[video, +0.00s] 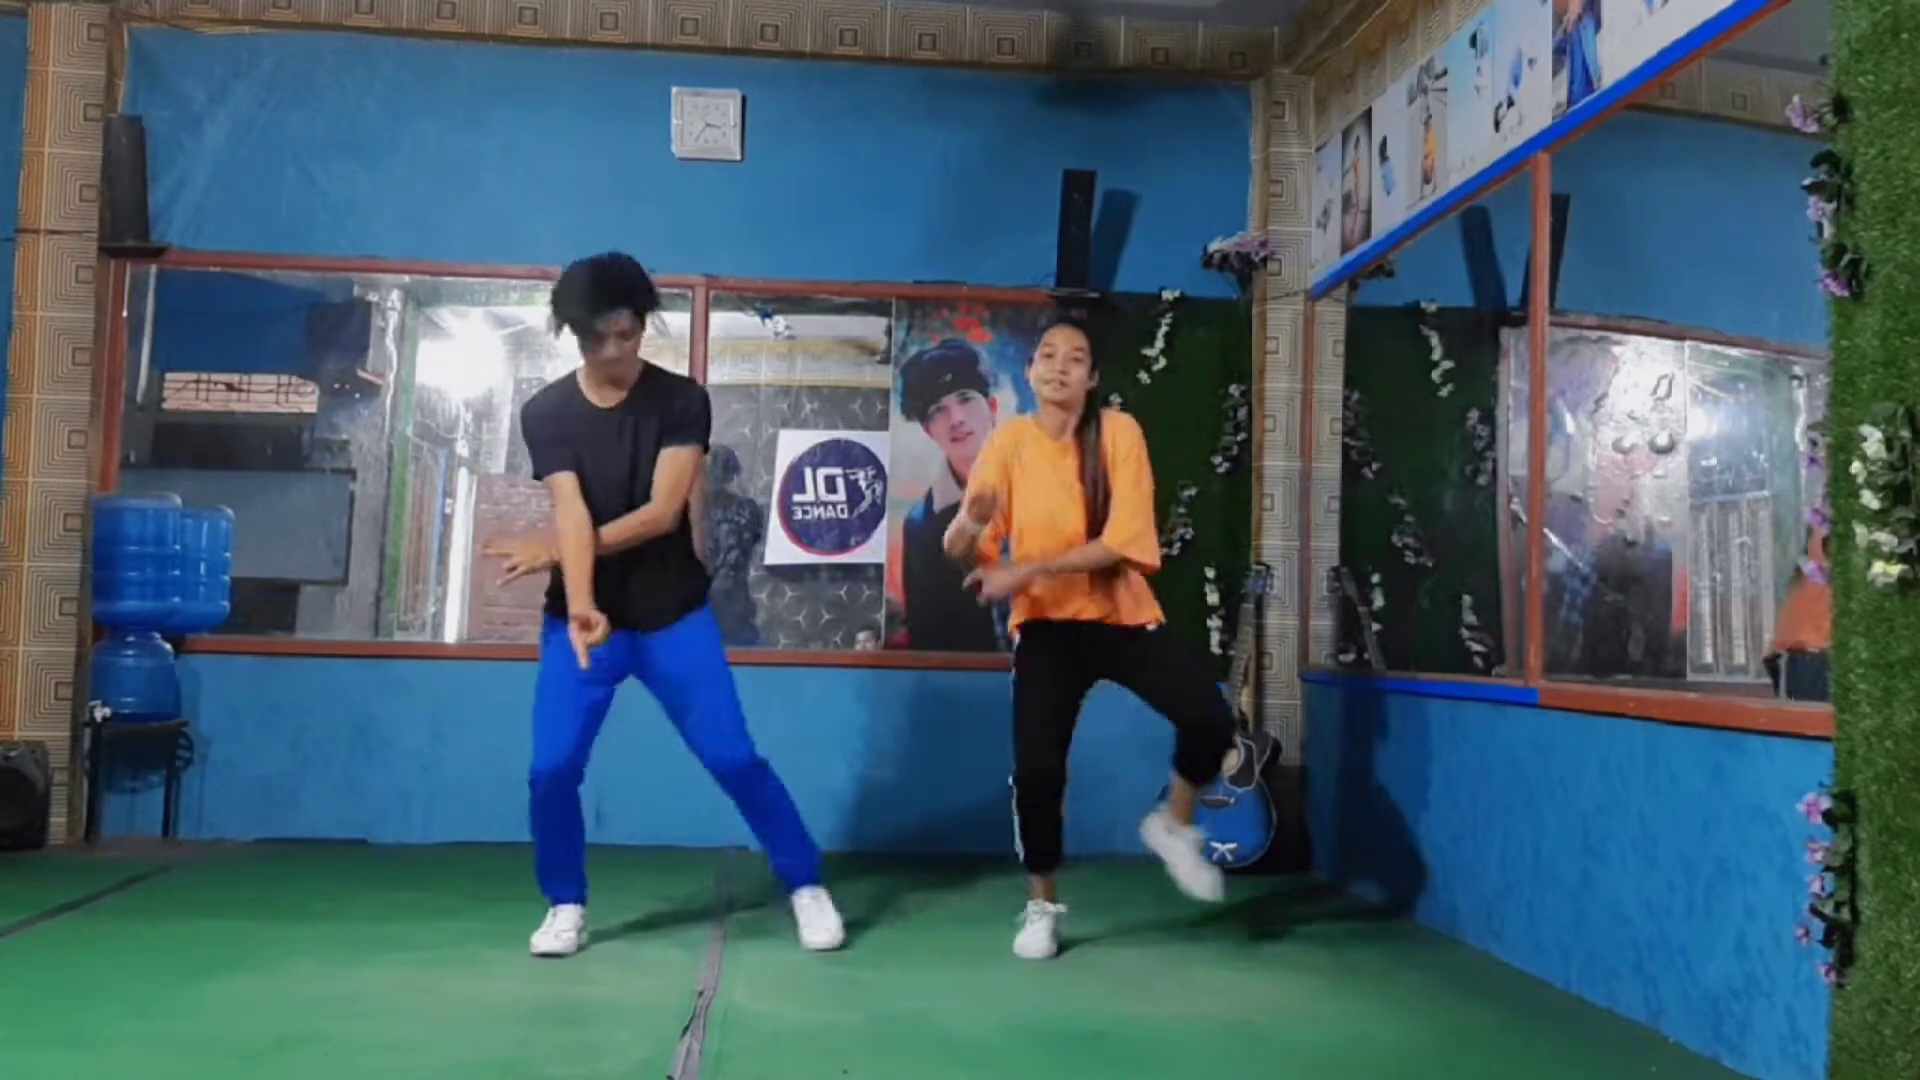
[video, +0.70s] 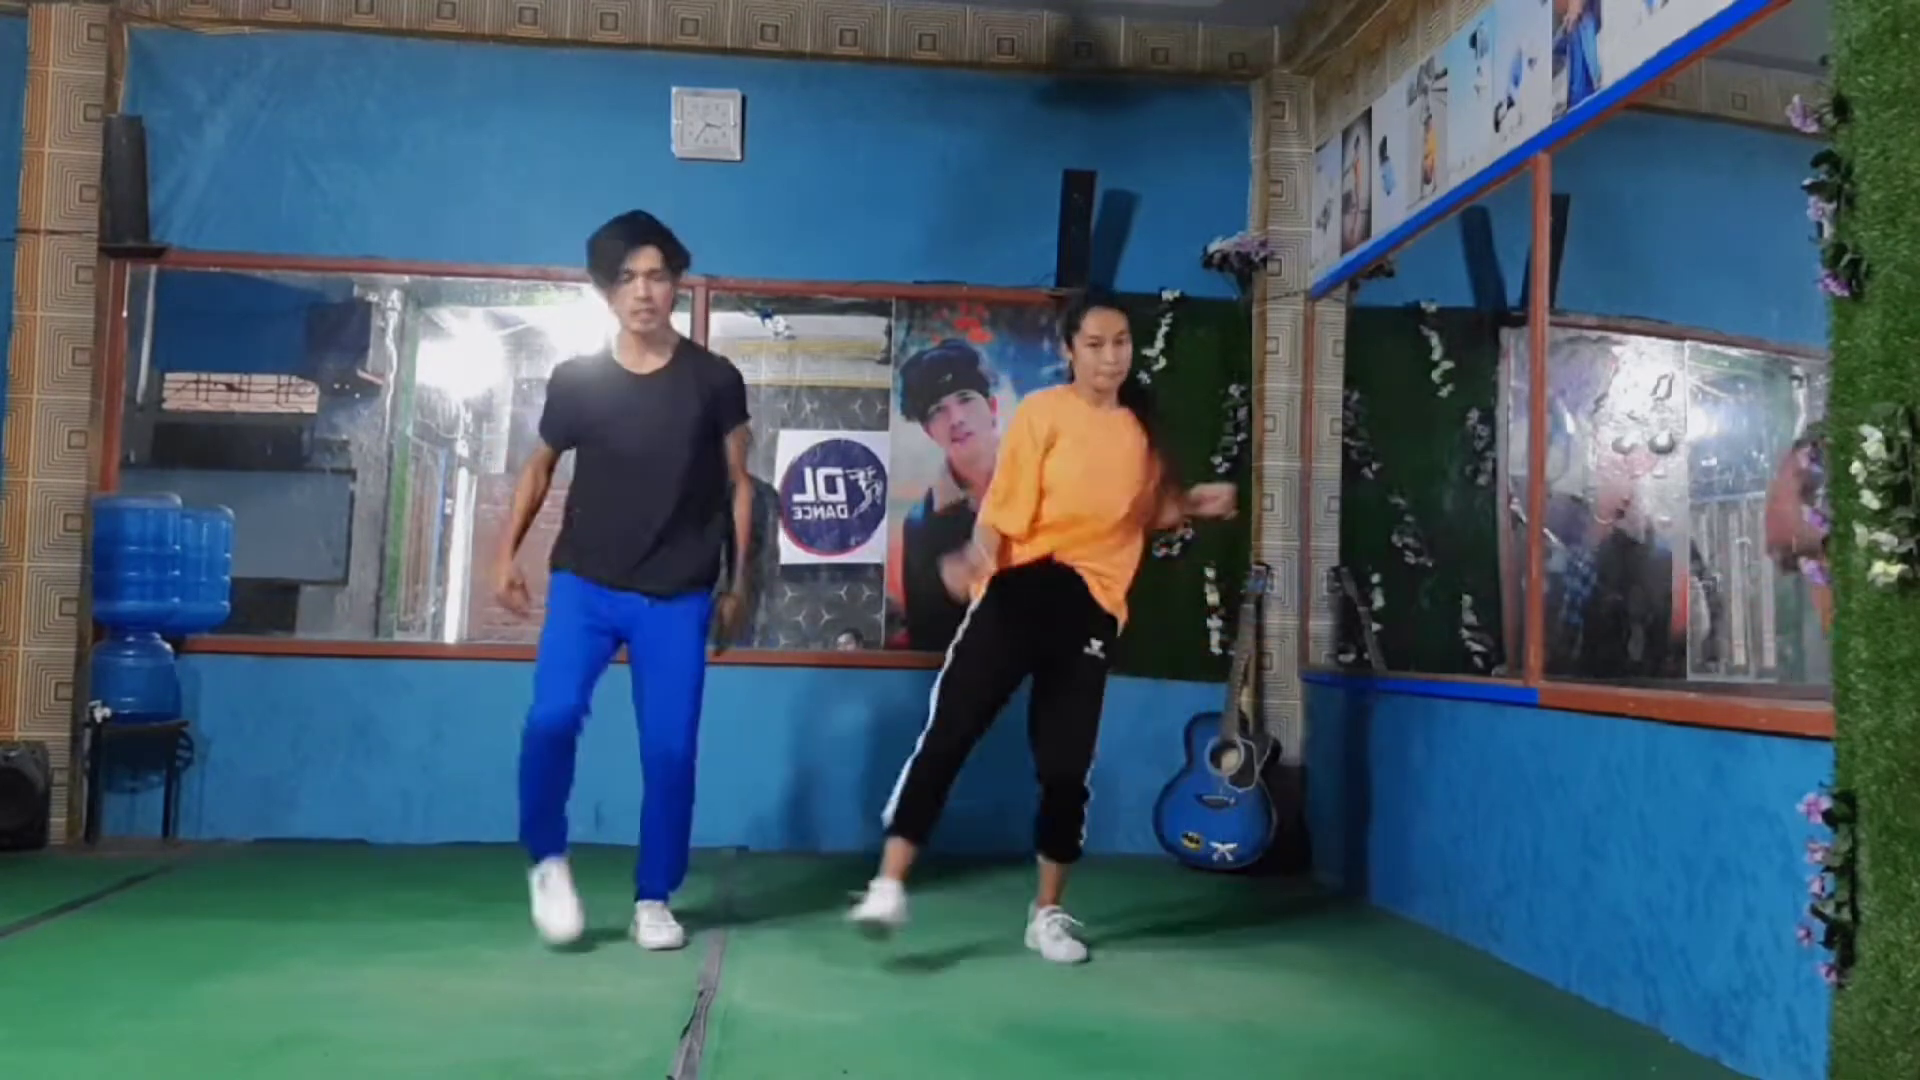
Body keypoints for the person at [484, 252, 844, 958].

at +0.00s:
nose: (621, 349)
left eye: (631, 333)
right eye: (607, 337)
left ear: (645, 325)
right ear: (579, 334)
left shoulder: (680, 400)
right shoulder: (548, 412)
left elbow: (664, 512)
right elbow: (571, 515)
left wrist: (559, 549)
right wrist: (580, 606)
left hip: (674, 617)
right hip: (582, 617)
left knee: (732, 759)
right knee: (550, 769)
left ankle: (806, 888)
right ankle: (565, 905)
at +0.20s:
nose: (610, 353)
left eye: (621, 337)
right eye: (594, 339)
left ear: (635, 334)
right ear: (565, 339)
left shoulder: (666, 412)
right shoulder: (530, 421)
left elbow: (689, 524)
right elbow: (533, 533)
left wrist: (657, 600)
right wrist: (506, 524)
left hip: (681, 615)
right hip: (585, 626)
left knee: (757, 745)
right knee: (561, 772)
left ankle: (808, 881)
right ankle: (566, 906)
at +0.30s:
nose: (623, 317)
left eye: (634, 303)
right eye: (608, 304)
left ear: (648, 313)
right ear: (579, 313)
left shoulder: (681, 393)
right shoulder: (549, 389)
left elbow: (732, 490)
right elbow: (509, 470)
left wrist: (742, 461)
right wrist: (550, 392)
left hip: (672, 589)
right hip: (581, 598)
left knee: (736, 683)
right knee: (552, 752)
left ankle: (777, 827)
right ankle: (565, 904)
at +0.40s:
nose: (634, 277)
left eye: (644, 262)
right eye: (617, 264)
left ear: (662, 271)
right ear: (591, 276)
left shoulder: (697, 347)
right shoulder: (563, 354)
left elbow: (755, 438)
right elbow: (527, 448)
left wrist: (718, 447)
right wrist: (596, 445)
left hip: (674, 535)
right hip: (586, 547)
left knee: (716, 603)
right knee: (562, 694)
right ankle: (566, 853)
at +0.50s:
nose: (632, 261)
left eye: (644, 246)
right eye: (616, 248)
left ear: (663, 257)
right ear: (593, 263)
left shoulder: (703, 342)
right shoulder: (564, 350)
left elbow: (735, 443)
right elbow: (536, 453)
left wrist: (733, 536)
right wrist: (523, 529)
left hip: (678, 528)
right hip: (592, 523)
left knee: (694, 670)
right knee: (548, 591)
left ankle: (662, 832)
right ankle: (583, 713)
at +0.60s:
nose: (640, 275)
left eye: (652, 260)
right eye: (623, 262)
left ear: (672, 271)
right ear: (599, 277)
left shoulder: (710, 363)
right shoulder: (572, 369)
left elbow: (735, 471)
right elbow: (532, 469)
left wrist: (737, 570)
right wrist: (491, 548)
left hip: (674, 562)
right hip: (588, 550)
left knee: (664, 737)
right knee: (536, 631)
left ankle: (650, 890)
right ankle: (579, 756)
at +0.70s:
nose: (647, 292)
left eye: (659, 276)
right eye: (631, 279)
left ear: (678, 286)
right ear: (605, 291)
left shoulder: (716, 380)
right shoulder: (576, 380)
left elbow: (738, 480)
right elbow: (539, 468)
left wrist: (741, 580)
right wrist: (508, 553)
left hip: (678, 598)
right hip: (584, 589)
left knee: (671, 751)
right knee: (550, 720)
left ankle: (654, 899)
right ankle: (547, 861)